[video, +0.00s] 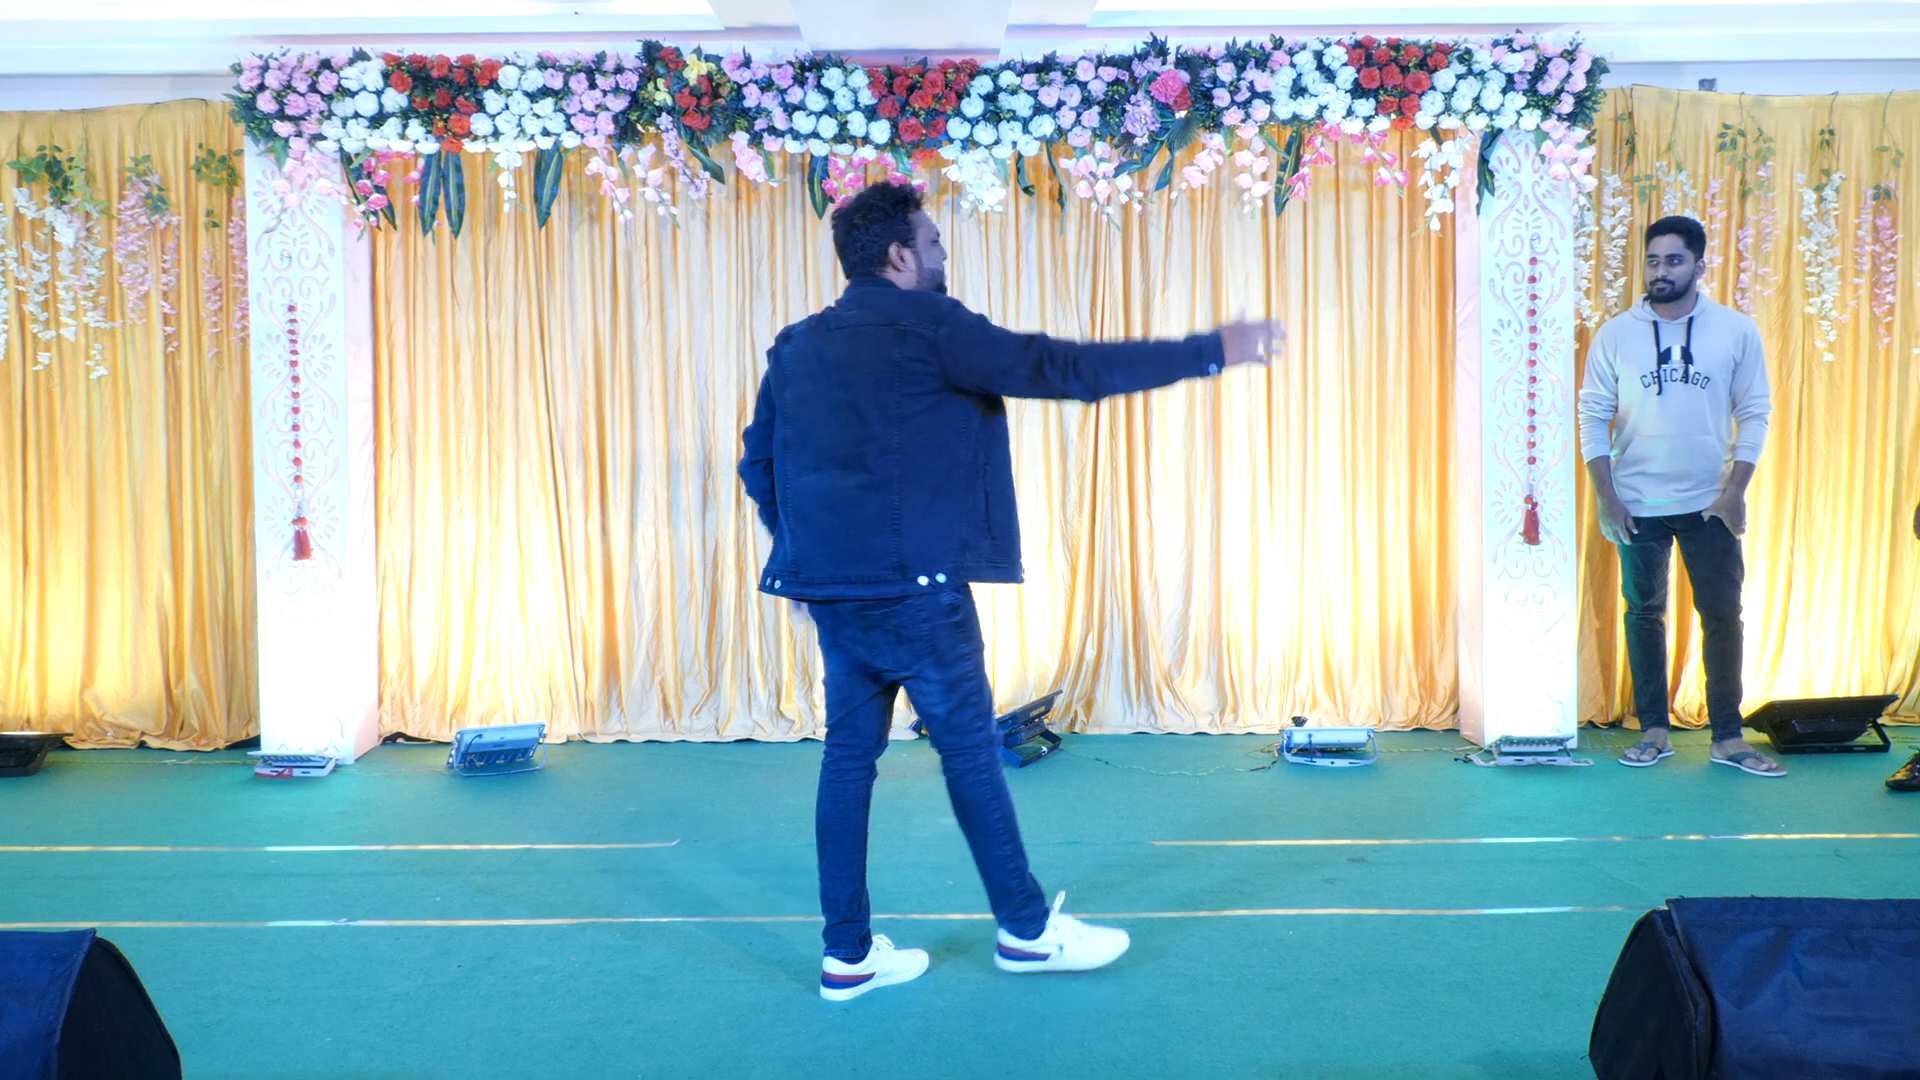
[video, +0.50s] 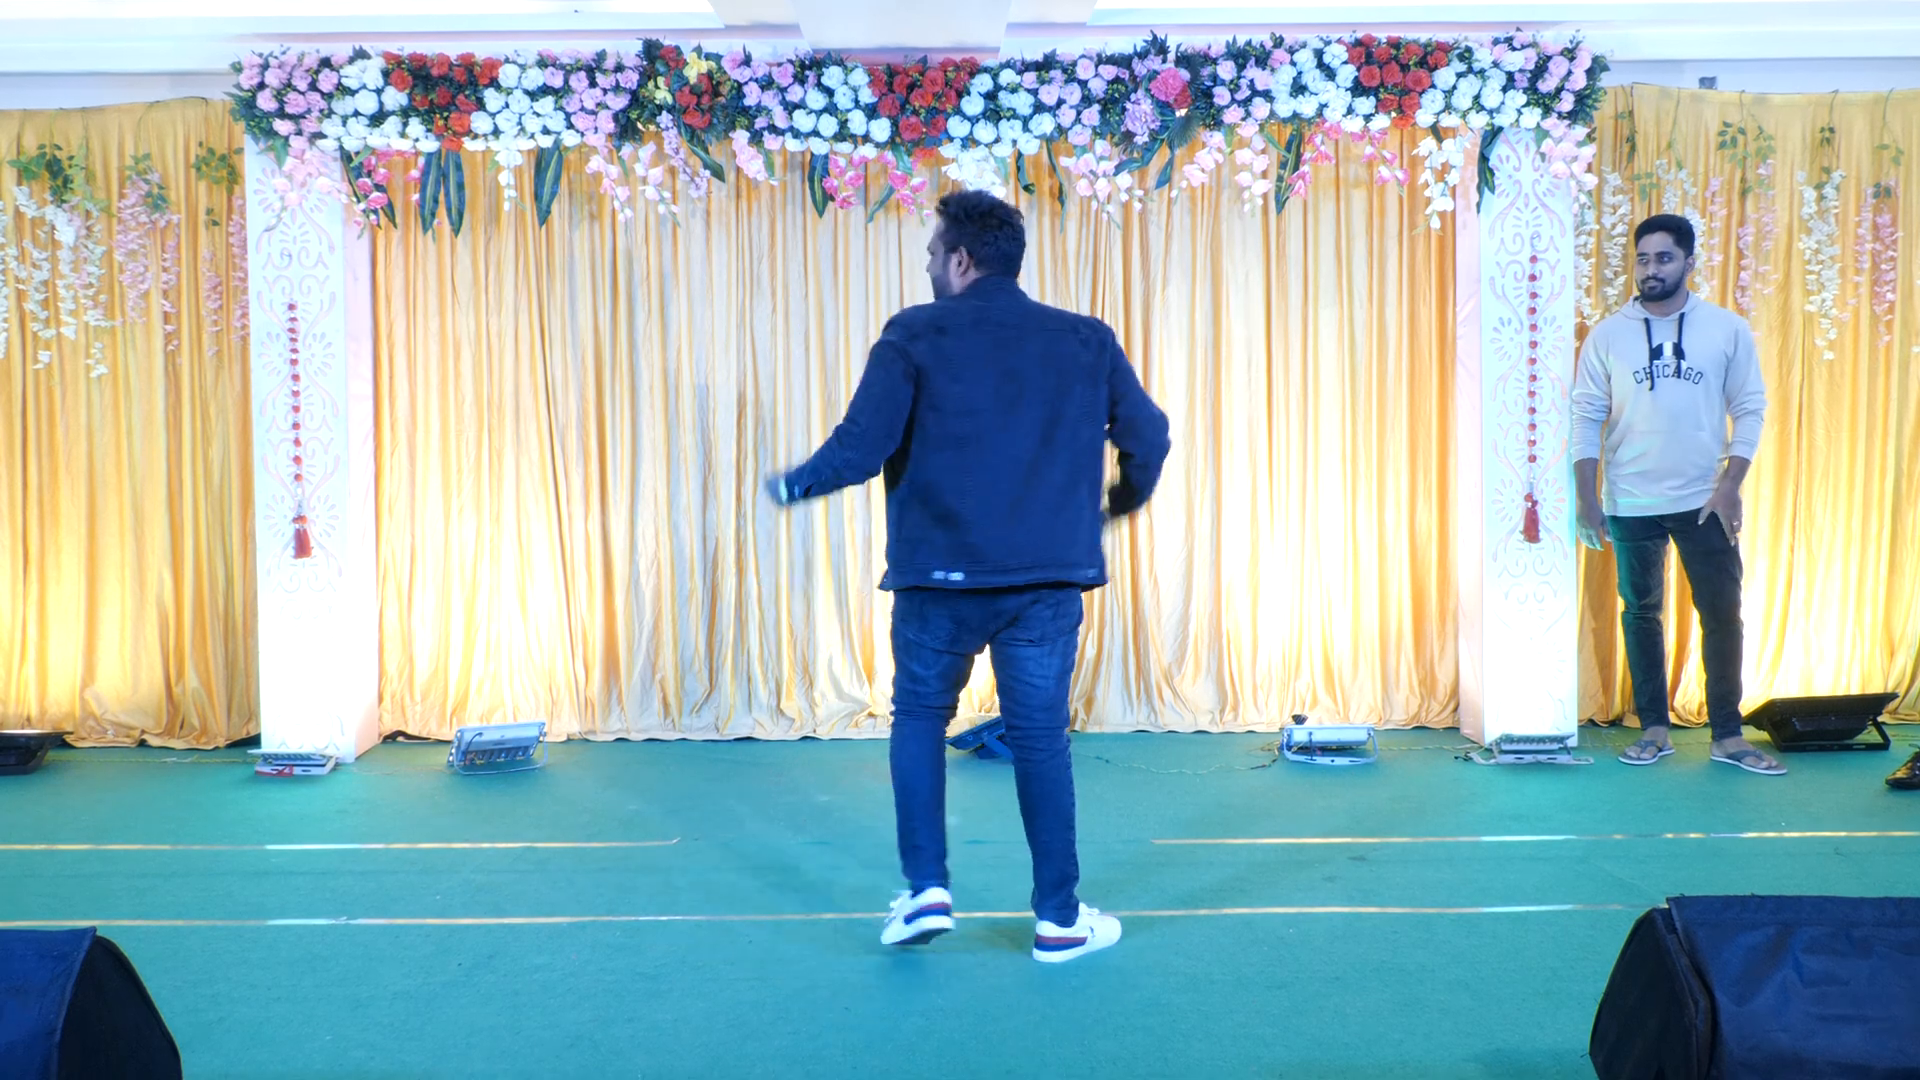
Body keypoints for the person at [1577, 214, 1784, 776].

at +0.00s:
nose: (1661, 270)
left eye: (1674, 260)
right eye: (1653, 260)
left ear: (1700, 264)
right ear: (1643, 266)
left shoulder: (1735, 330)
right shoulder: (1615, 335)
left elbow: (1755, 412)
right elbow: (1593, 415)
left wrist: (1735, 487)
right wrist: (1605, 492)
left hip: (1709, 503)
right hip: (1638, 505)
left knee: (1723, 616)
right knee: (1644, 614)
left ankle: (1726, 738)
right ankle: (1653, 731)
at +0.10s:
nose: (1658, 270)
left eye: (1670, 260)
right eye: (1650, 260)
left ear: (1697, 264)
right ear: (1640, 266)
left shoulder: (1732, 328)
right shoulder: (1613, 336)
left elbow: (1754, 409)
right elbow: (1592, 416)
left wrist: (1737, 485)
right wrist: (1603, 494)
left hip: (1708, 502)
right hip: (1638, 504)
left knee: (1722, 616)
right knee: (1644, 614)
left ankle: (1726, 738)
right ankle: (1653, 731)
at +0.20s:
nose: (1655, 269)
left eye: (1668, 259)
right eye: (1647, 260)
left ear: (1695, 264)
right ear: (1638, 266)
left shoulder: (1731, 329)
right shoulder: (1611, 335)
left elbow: (1753, 410)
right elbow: (1591, 417)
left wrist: (1735, 484)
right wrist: (1600, 495)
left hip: (1707, 501)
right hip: (1636, 504)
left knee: (1723, 616)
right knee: (1644, 614)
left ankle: (1727, 738)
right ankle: (1654, 731)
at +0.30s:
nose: (1653, 269)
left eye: (1666, 259)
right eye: (1645, 260)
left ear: (1692, 264)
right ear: (1635, 266)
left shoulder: (1729, 330)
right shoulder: (1609, 336)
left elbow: (1752, 410)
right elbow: (1589, 418)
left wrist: (1734, 482)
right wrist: (1595, 498)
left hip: (1706, 500)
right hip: (1635, 505)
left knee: (1724, 616)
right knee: (1642, 614)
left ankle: (1726, 737)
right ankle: (1654, 731)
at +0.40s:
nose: (1652, 268)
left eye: (1665, 258)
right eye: (1644, 259)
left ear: (1691, 264)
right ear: (1634, 265)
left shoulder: (1727, 329)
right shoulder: (1608, 336)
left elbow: (1753, 410)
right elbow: (1588, 416)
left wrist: (1733, 480)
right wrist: (1590, 494)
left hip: (1704, 500)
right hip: (1634, 505)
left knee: (1724, 614)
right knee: (1641, 613)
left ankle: (1726, 737)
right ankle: (1654, 730)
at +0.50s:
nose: (1651, 268)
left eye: (1664, 258)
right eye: (1643, 259)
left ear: (1689, 263)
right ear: (1632, 265)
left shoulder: (1726, 329)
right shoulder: (1606, 336)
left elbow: (1751, 409)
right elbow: (1587, 416)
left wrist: (1730, 481)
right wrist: (1587, 495)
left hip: (1702, 499)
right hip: (1632, 503)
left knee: (1722, 614)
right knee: (1641, 612)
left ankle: (1726, 737)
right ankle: (1654, 731)